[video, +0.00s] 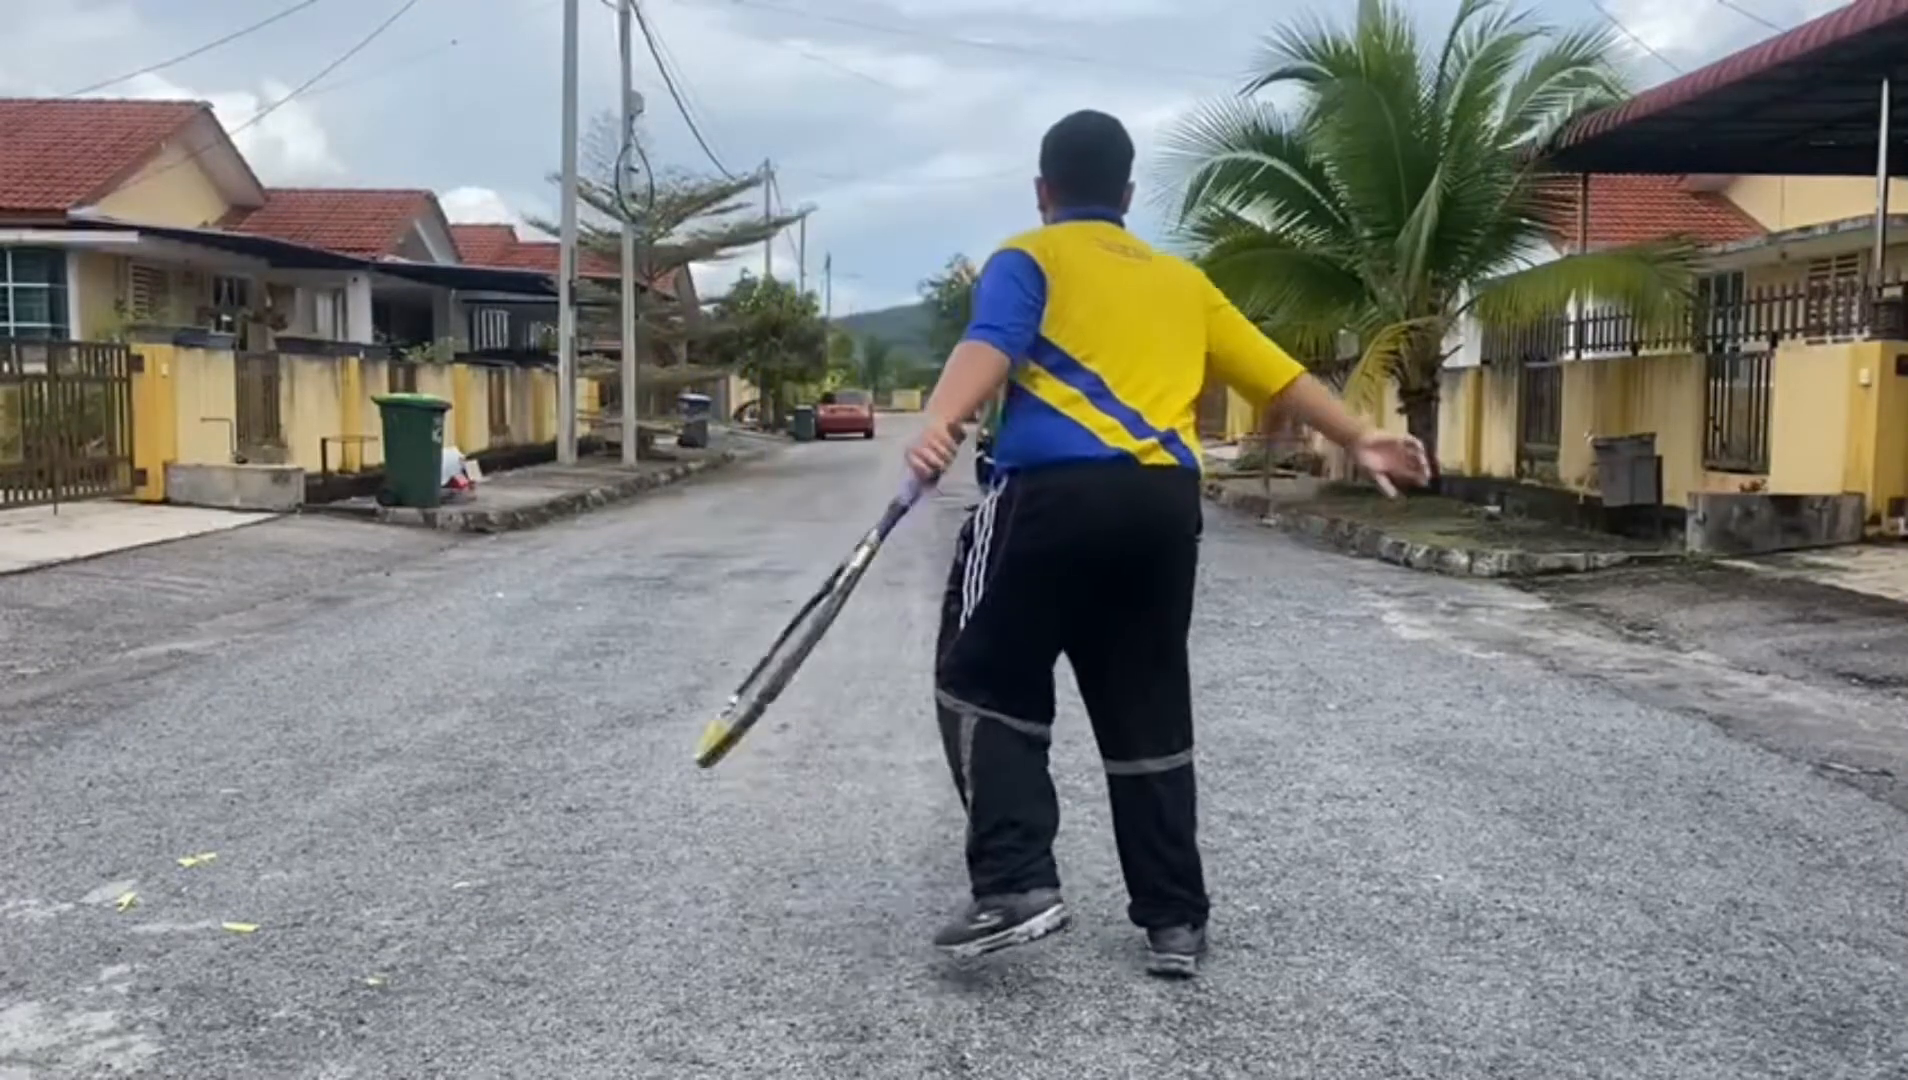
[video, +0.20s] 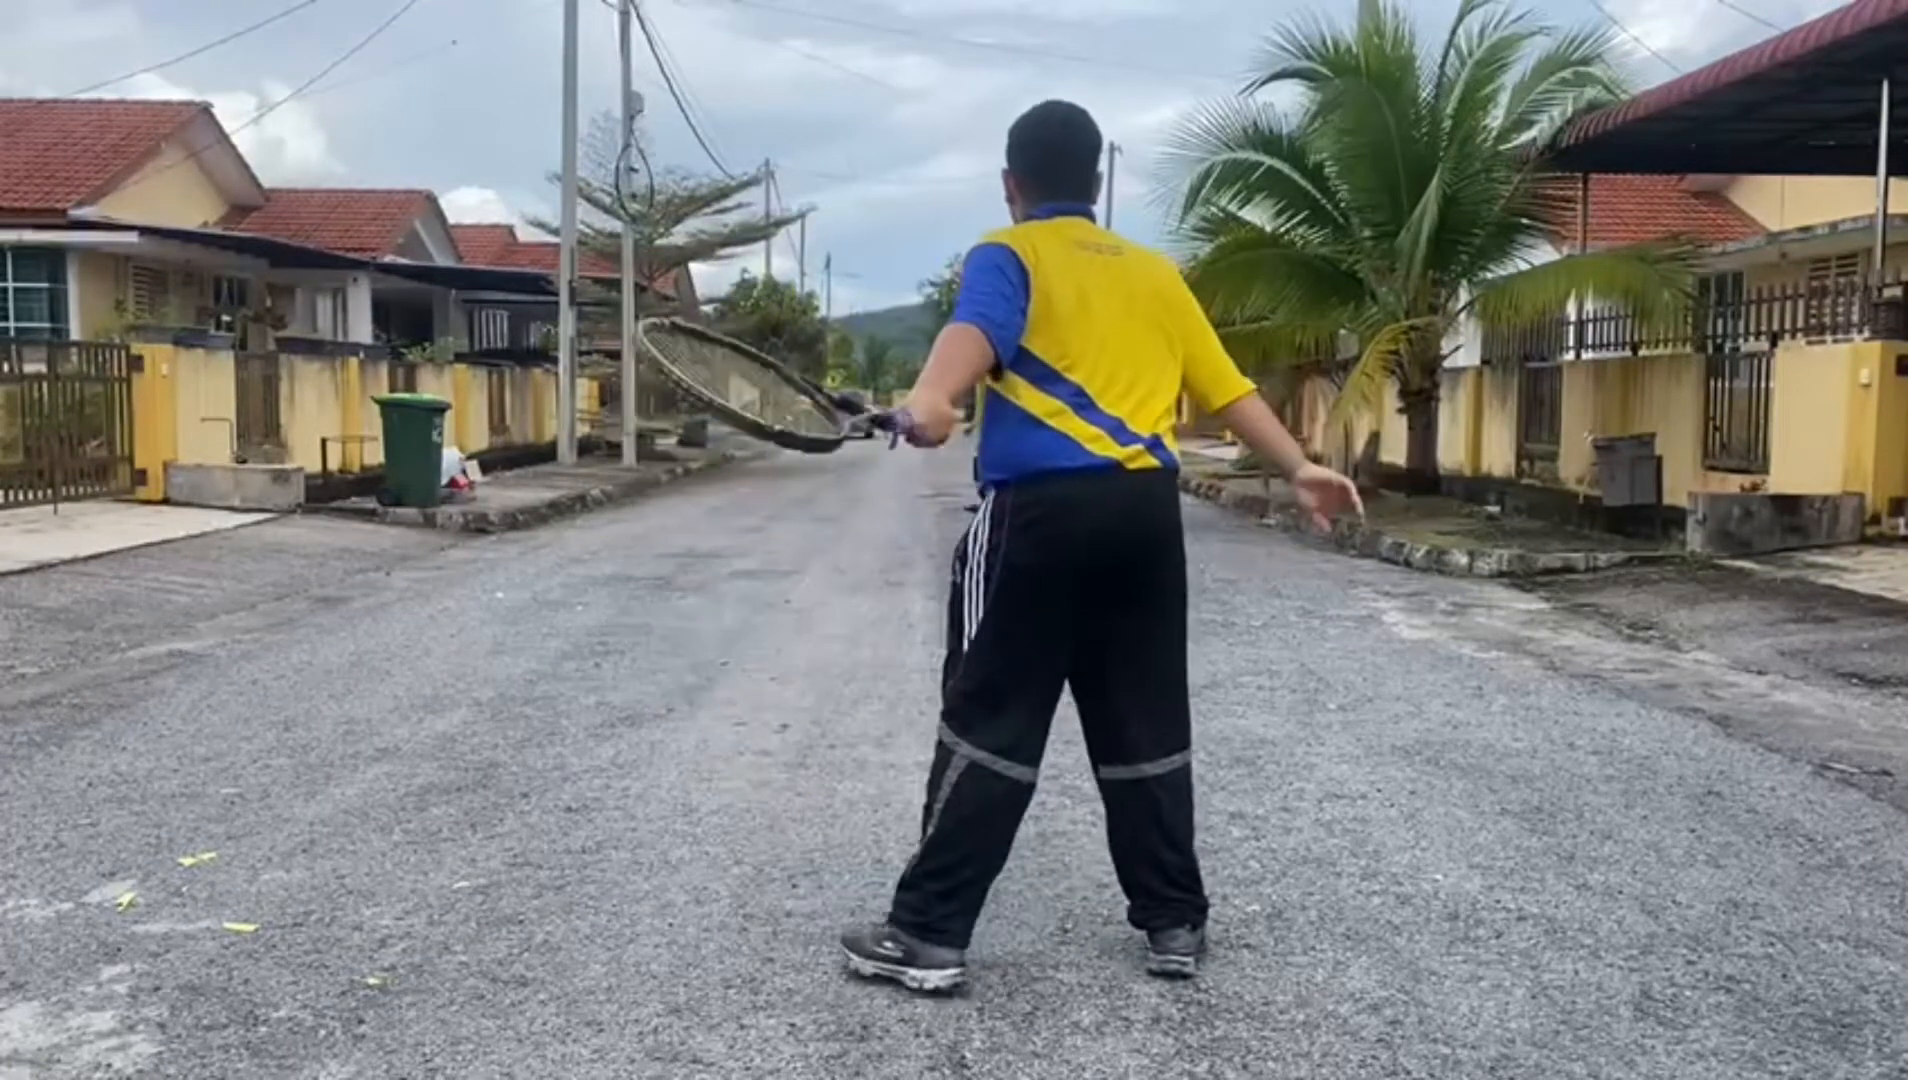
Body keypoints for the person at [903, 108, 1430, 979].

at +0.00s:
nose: (1039, 197)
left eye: (1039, 187)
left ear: (1045, 189)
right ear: (1127, 193)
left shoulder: (1032, 257)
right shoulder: (1183, 281)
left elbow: (991, 344)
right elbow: (1276, 373)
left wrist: (939, 421)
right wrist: (1359, 434)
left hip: (1053, 500)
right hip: (1162, 503)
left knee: (988, 683)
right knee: (1146, 702)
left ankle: (1016, 884)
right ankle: (1174, 920)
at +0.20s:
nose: (1001, 192)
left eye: (1001, 182)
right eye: (1010, 182)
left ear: (1014, 185)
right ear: (1094, 184)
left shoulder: (1007, 257)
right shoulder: (1157, 272)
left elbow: (975, 337)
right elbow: (1228, 393)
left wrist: (926, 406)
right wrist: (1301, 467)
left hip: (1038, 516)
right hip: (1146, 516)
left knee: (993, 719)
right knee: (1143, 718)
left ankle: (930, 933)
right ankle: (1175, 925)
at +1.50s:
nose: (930, 314)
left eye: (927, 304)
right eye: (928, 304)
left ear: (863, 297)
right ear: (918, 303)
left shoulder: (827, 344)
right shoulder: (930, 357)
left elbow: (836, 436)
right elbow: (944, 473)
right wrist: (958, 540)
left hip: (767, 489)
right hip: (852, 490)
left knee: (797, 637)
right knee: (907, 627)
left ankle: (810, 772)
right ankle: (935, 775)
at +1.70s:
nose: (893, 289)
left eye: (889, 278)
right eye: (891, 278)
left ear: (829, 279)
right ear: (881, 278)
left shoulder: (810, 331)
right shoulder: (876, 332)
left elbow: (876, 449)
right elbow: (930, 445)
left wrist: (953, 502)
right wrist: (1000, 481)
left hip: (731, 493)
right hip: (794, 496)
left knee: (792, 644)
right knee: (852, 648)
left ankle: (804, 768)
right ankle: (760, 785)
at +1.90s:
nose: (872, 275)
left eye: (870, 263)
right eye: (871, 262)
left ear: (808, 257)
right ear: (859, 262)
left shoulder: (804, 312)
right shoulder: (811, 310)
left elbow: (859, 410)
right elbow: (859, 408)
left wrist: (946, 431)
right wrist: (966, 401)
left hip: (743, 490)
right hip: (737, 492)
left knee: (788, 640)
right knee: (770, 652)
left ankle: (761, 780)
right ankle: (725, 828)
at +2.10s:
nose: (849, 251)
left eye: (846, 238)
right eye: (846, 237)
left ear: (789, 236)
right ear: (832, 241)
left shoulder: (826, 312)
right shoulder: (751, 293)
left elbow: (866, 369)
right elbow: (737, 383)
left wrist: (872, 346)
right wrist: (801, 312)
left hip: (747, 489)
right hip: (697, 476)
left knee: (721, 641)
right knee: (773, 620)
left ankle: (674, 798)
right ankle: (737, 808)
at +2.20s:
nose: (842, 256)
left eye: (839, 243)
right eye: (838, 243)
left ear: (783, 242)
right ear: (821, 246)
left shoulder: (821, 315)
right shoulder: (726, 297)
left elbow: (875, 369)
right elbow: (684, 392)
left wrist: (869, 337)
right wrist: (757, 328)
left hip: (738, 501)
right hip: (683, 488)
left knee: (742, 653)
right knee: (753, 644)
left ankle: (670, 803)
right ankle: (719, 830)